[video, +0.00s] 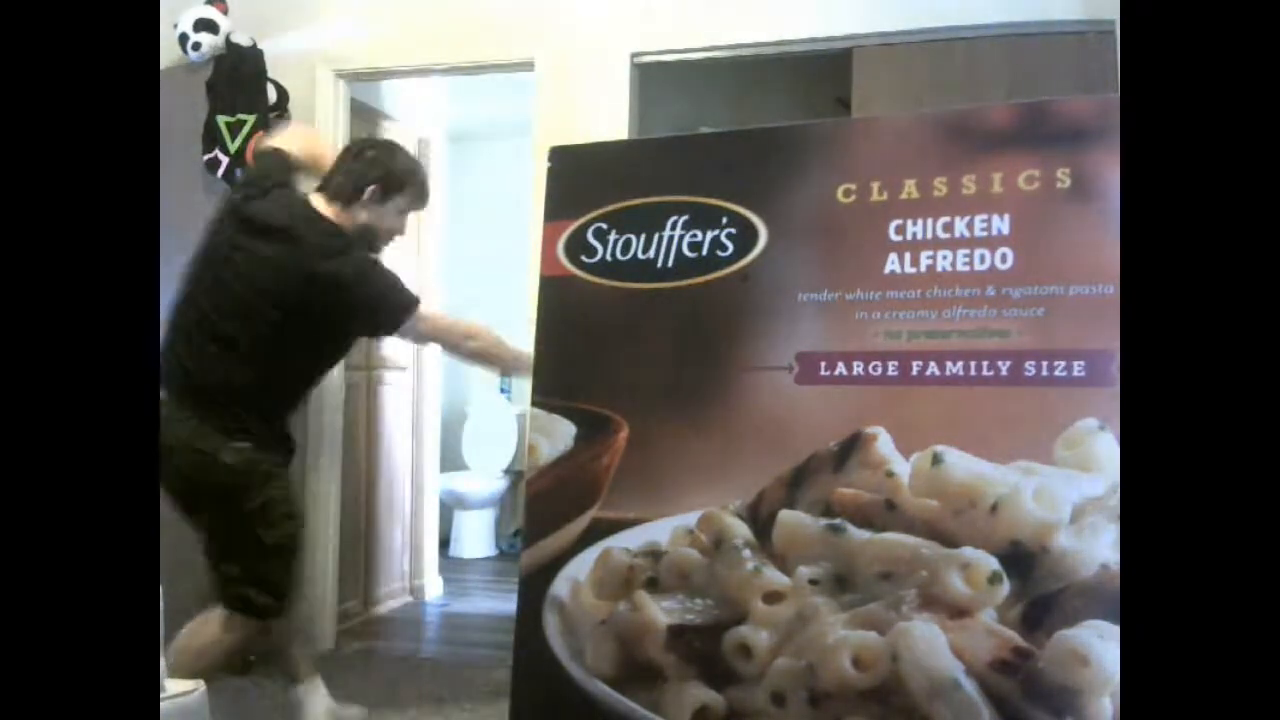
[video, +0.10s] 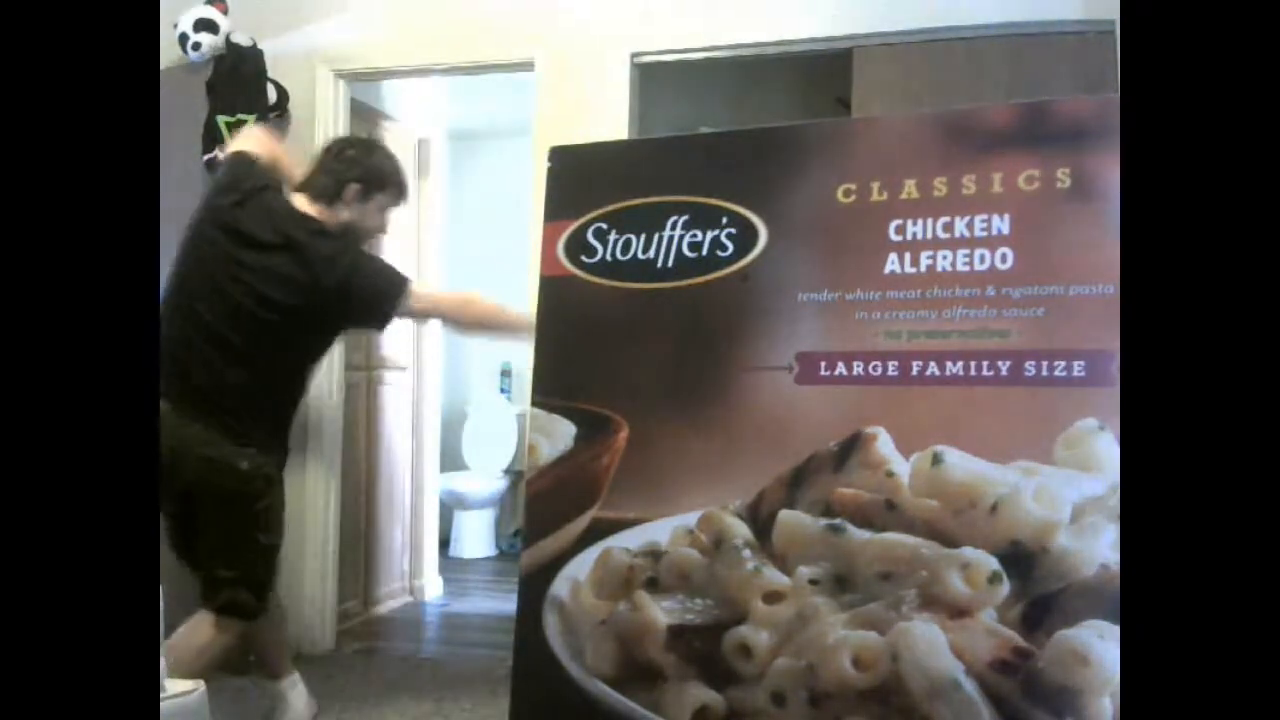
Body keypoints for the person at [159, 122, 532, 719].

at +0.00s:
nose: (403, 230)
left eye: (408, 216)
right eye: (404, 214)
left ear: (340, 182)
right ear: (369, 197)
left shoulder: (258, 195)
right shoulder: (352, 275)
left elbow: (285, 140)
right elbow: (453, 335)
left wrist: (342, 161)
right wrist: (528, 362)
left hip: (175, 426)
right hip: (239, 451)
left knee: (266, 582)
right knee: (248, 611)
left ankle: (313, 702)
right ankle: (164, 696)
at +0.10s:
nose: (384, 226)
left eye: (390, 213)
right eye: (385, 210)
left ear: (320, 179)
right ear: (353, 195)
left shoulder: (236, 192)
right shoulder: (343, 270)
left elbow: (256, 140)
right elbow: (449, 308)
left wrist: (276, 152)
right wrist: (535, 323)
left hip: (170, 431)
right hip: (238, 461)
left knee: (249, 591)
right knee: (230, 614)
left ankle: (291, 697)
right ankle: (161, 693)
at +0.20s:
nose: (365, 219)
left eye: (369, 204)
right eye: (364, 201)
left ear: (308, 183)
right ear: (329, 189)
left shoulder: (217, 195)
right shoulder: (327, 263)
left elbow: (225, 142)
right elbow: (445, 287)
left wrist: (281, 185)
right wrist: (538, 291)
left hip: (168, 435)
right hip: (234, 462)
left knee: (256, 587)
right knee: (237, 608)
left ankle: (294, 698)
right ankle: (163, 691)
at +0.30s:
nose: (351, 215)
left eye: (355, 203)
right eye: (350, 199)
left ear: (289, 178)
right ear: (318, 183)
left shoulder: (206, 197)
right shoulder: (321, 258)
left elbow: (216, 144)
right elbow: (444, 282)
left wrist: (267, 176)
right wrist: (541, 282)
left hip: (167, 439)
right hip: (232, 462)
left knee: (256, 585)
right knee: (233, 606)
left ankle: (292, 699)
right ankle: (162, 694)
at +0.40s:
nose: (344, 206)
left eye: (348, 194)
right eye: (342, 190)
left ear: (277, 174)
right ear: (305, 177)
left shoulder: (200, 194)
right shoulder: (315, 254)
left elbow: (207, 146)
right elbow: (435, 277)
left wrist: (258, 172)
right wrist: (530, 280)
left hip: (168, 436)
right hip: (225, 456)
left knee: (254, 581)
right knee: (229, 606)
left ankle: (291, 697)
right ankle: (161, 695)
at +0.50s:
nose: (338, 200)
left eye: (342, 187)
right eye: (336, 183)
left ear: (275, 168)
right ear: (299, 172)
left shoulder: (194, 192)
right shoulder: (307, 248)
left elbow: (199, 145)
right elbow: (430, 273)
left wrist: (258, 177)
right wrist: (528, 275)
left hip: (167, 434)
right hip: (220, 453)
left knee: (249, 577)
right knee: (226, 603)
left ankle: (289, 699)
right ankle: (161, 697)